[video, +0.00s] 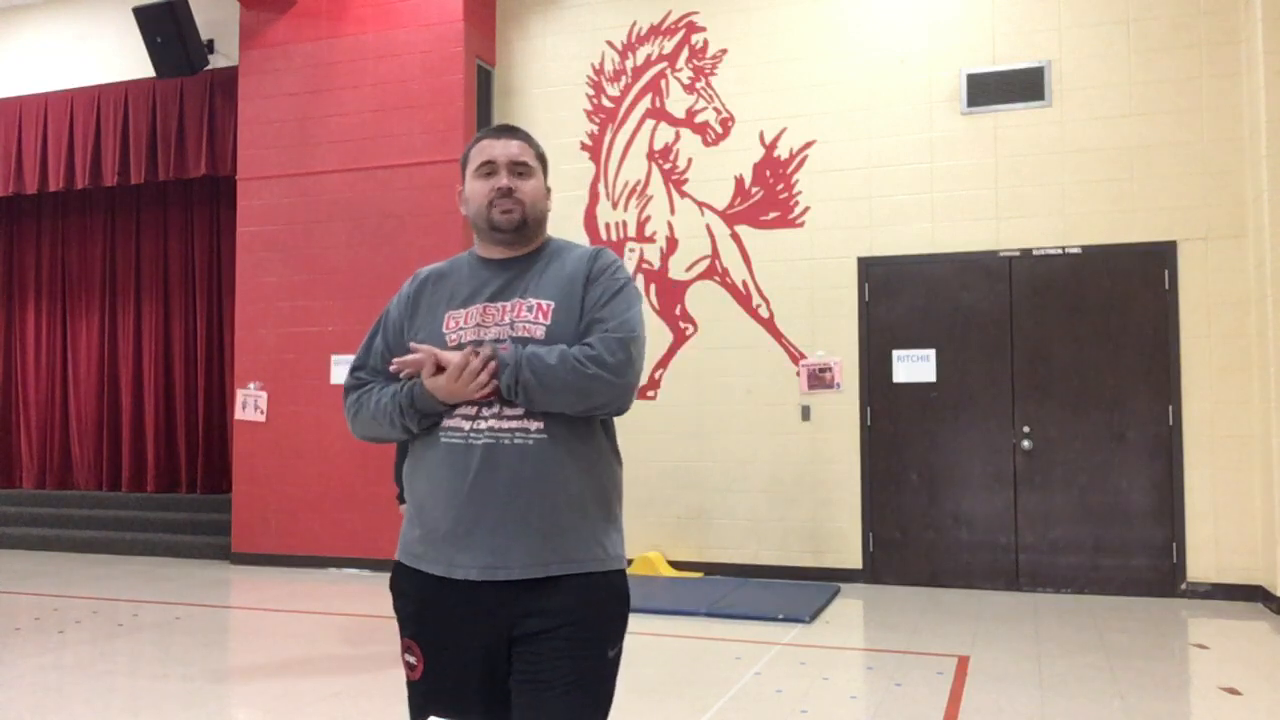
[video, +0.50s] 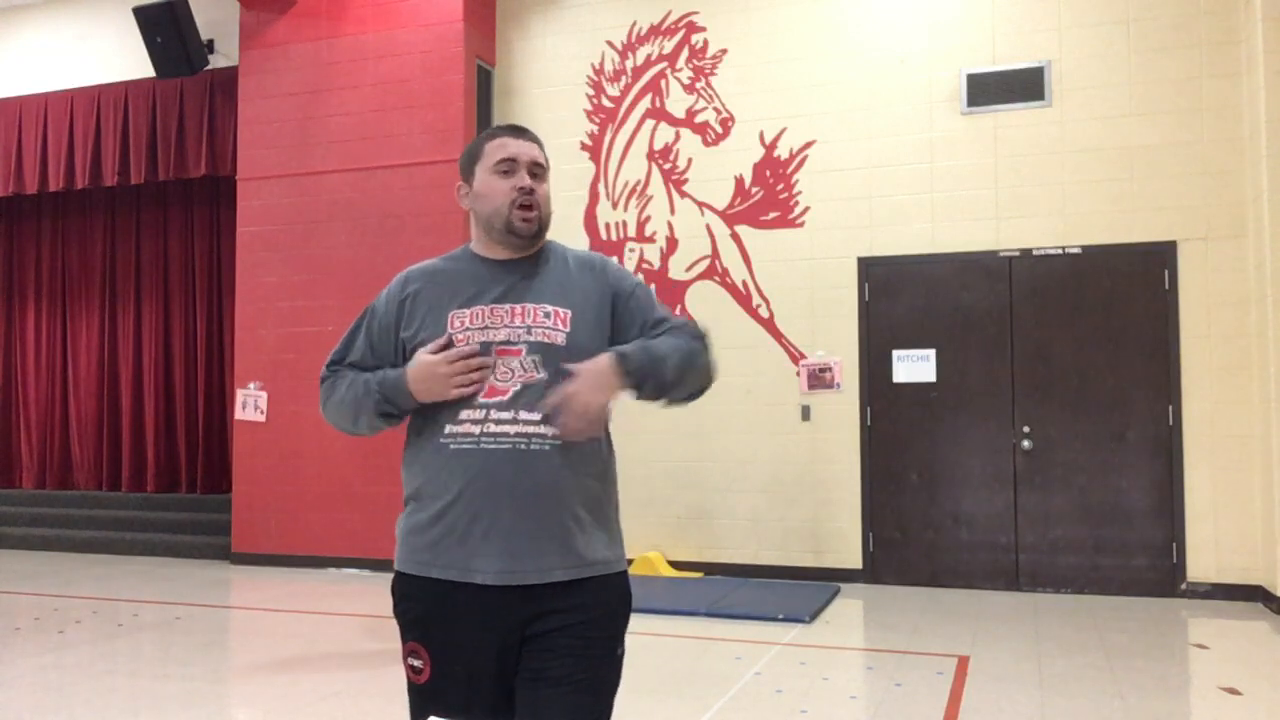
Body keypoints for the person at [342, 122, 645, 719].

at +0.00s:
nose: (504, 182)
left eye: (520, 170)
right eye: (486, 171)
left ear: (548, 192)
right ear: (462, 198)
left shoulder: (595, 272)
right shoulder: (420, 293)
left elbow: (613, 374)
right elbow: (362, 406)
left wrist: (470, 365)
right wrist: (429, 397)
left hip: (571, 573)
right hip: (440, 577)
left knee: (561, 710)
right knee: (447, 713)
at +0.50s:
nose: (527, 183)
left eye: (537, 172)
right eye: (506, 170)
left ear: (550, 192)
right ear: (466, 193)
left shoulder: (602, 283)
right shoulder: (416, 291)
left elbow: (692, 354)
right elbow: (339, 393)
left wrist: (619, 368)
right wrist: (406, 386)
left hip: (578, 580)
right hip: (447, 580)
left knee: (569, 711)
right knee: (454, 714)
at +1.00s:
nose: (546, 181)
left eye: (559, 171)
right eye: (526, 166)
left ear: (573, 192)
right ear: (484, 188)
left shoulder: (616, 280)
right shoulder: (430, 283)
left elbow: (683, 376)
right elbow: (367, 415)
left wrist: (625, 300)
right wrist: (400, 372)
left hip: (586, 582)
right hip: (454, 582)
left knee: (577, 710)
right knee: (459, 713)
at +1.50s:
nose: (545, 161)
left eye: (566, 149)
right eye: (529, 147)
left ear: (597, 177)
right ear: (507, 170)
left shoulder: (647, 271)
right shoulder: (451, 269)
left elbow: (719, 369)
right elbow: (372, 397)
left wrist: (683, 389)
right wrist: (419, 351)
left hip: (617, 590)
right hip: (478, 590)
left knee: (610, 710)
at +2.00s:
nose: (585, 142)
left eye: (608, 130)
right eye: (567, 128)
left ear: (638, 166)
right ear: (537, 156)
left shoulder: (682, 274)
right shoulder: (469, 256)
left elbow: (720, 410)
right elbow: (383, 373)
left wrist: (766, 400)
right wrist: (438, 415)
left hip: (646, 606)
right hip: (495, 604)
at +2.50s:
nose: (566, 149)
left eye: (584, 141)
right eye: (546, 132)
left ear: (601, 172)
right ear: (505, 154)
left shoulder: (643, 274)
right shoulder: (437, 261)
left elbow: (692, 387)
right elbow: (347, 392)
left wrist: (747, 388)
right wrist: (450, 363)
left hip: (638, 595)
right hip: (493, 596)